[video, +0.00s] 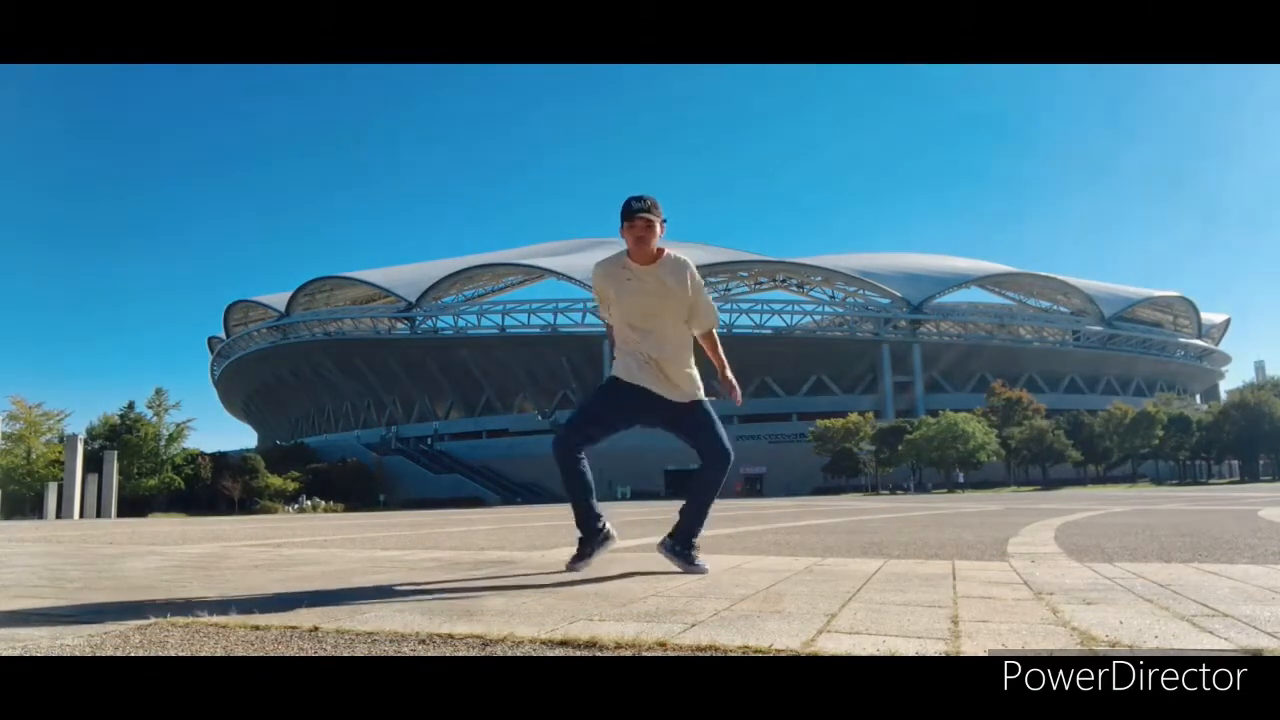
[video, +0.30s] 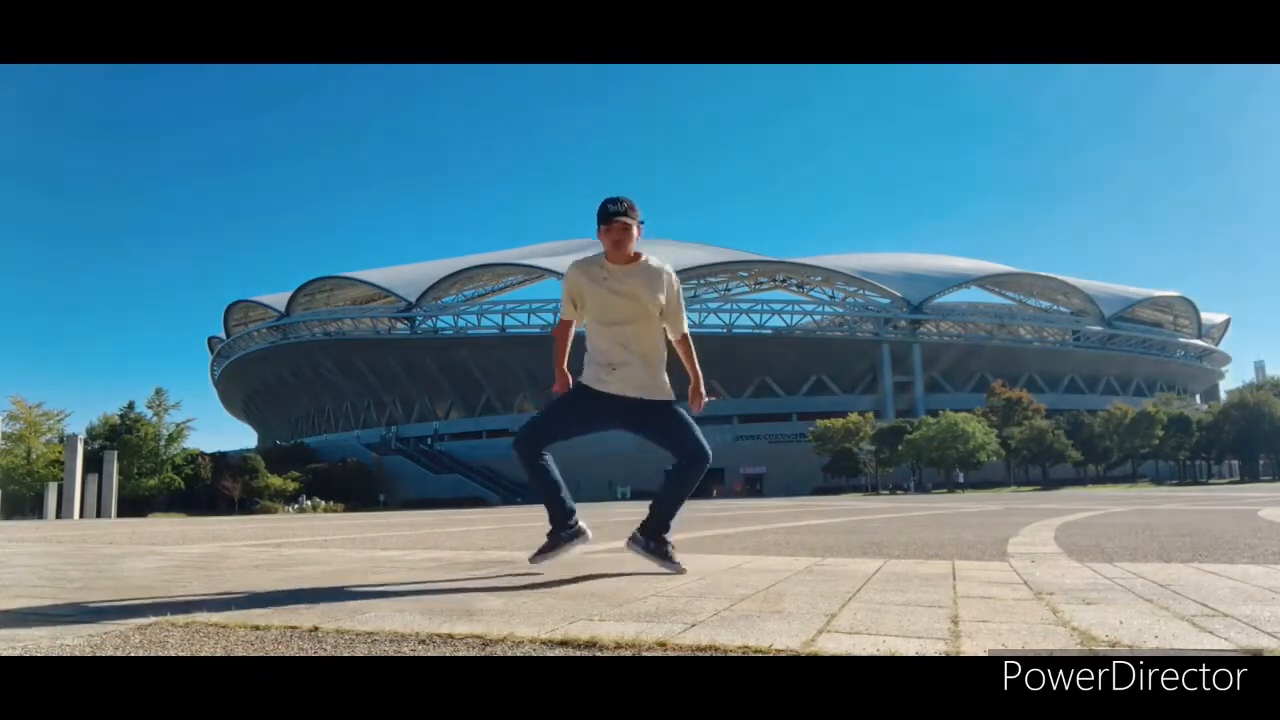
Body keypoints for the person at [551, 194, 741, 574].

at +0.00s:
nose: (641, 232)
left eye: (649, 225)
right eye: (634, 226)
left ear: (662, 230)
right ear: (623, 231)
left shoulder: (682, 271)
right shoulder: (605, 272)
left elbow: (704, 329)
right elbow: (612, 325)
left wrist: (725, 371)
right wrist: (625, 362)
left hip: (680, 391)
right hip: (627, 386)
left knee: (720, 455)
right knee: (567, 443)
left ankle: (681, 540)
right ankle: (593, 531)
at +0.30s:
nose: (616, 233)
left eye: (624, 227)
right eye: (609, 227)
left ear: (639, 230)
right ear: (599, 233)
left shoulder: (661, 277)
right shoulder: (579, 274)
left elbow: (679, 333)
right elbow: (566, 322)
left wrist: (696, 378)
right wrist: (560, 368)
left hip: (652, 401)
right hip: (595, 396)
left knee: (697, 455)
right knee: (528, 442)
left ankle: (651, 534)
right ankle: (567, 526)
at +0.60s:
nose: (593, 202)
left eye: (600, 196)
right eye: (585, 196)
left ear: (611, 204)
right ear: (572, 204)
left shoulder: (633, 251)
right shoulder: (553, 250)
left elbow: (656, 309)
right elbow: (530, 302)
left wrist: (676, 353)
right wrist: (513, 349)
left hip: (625, 371)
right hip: (573, 370)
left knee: (643, 457)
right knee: (548, 455)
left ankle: (667, 543)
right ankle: (550, 540)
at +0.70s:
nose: (577, 202)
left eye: (585, 195)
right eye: (570, 196)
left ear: (599, 203)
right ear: (559, 204)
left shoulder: (620, 247)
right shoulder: (540, 245)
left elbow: (657, 292)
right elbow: (508, 286)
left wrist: (679, 334)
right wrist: (482, 330)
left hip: (616, 370)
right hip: (562, 371)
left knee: (647, 457)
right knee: (547, 462)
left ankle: (664, 544)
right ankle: (551, 556)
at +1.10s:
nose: (562, 203)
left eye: (570, 196)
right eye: (554, 197)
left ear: (583, 205)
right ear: (543, 206)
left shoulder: (601, 257)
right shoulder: (529, 249)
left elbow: (610, 321)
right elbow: (483, 291)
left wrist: (620, 363)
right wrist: (446, 324)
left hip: (587, 371)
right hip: (538, 365)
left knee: (541, 415)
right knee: (530, 457)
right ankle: (552, 554)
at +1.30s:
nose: (559, 205)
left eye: (566, 199)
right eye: (551, 199)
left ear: (580, 207)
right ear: (539, 209)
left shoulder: (600, 259)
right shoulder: (520, 250)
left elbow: (632, 312)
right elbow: (485, 293)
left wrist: (654, 352)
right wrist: (448, 318)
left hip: (581, 351)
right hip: (530, 355)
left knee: (556, 383)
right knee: (525, 462)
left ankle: (485, 452)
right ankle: (553, 555)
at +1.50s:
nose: (562, 209)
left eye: (569, 202)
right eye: (554, 202)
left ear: (583, 209)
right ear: (543, 210)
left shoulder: (607, 255)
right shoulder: (523, 252)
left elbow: (653, 284)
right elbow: (480, 287)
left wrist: (690, 280)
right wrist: (437, 309)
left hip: (582, 358)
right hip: (537, 364)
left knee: (592, 326)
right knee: (526, 460)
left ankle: (588, 388)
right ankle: (553, 555)